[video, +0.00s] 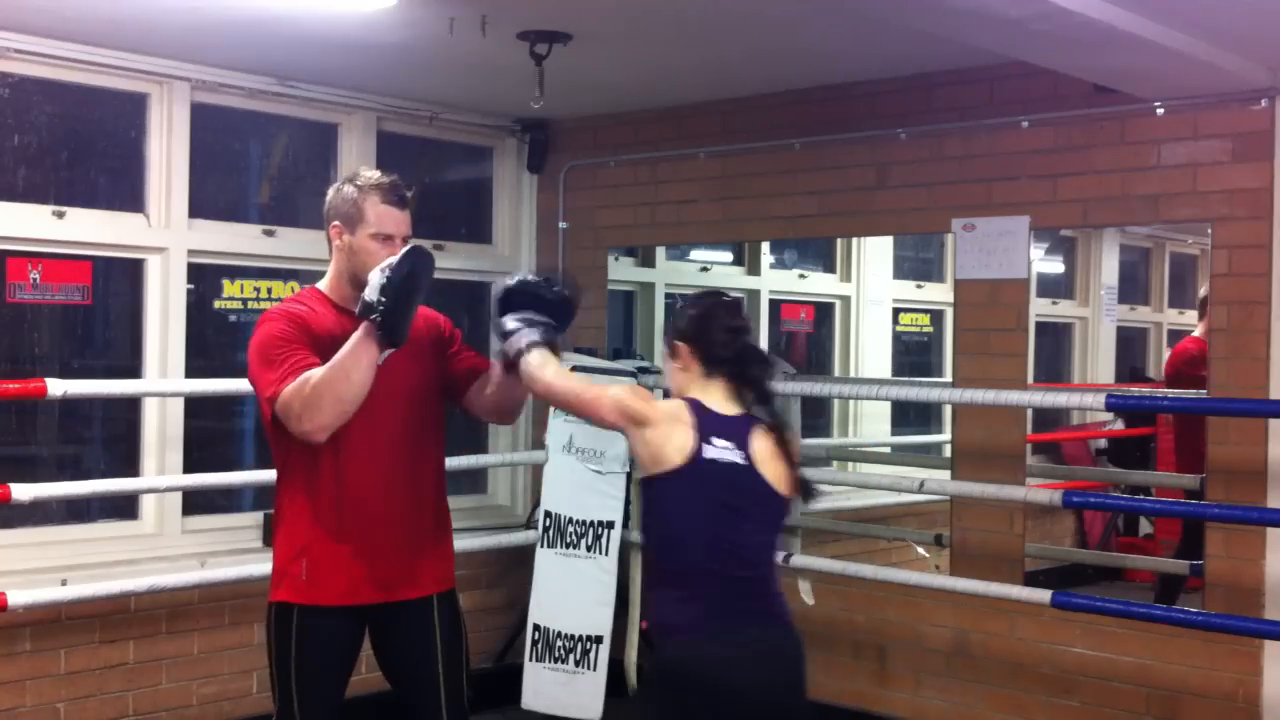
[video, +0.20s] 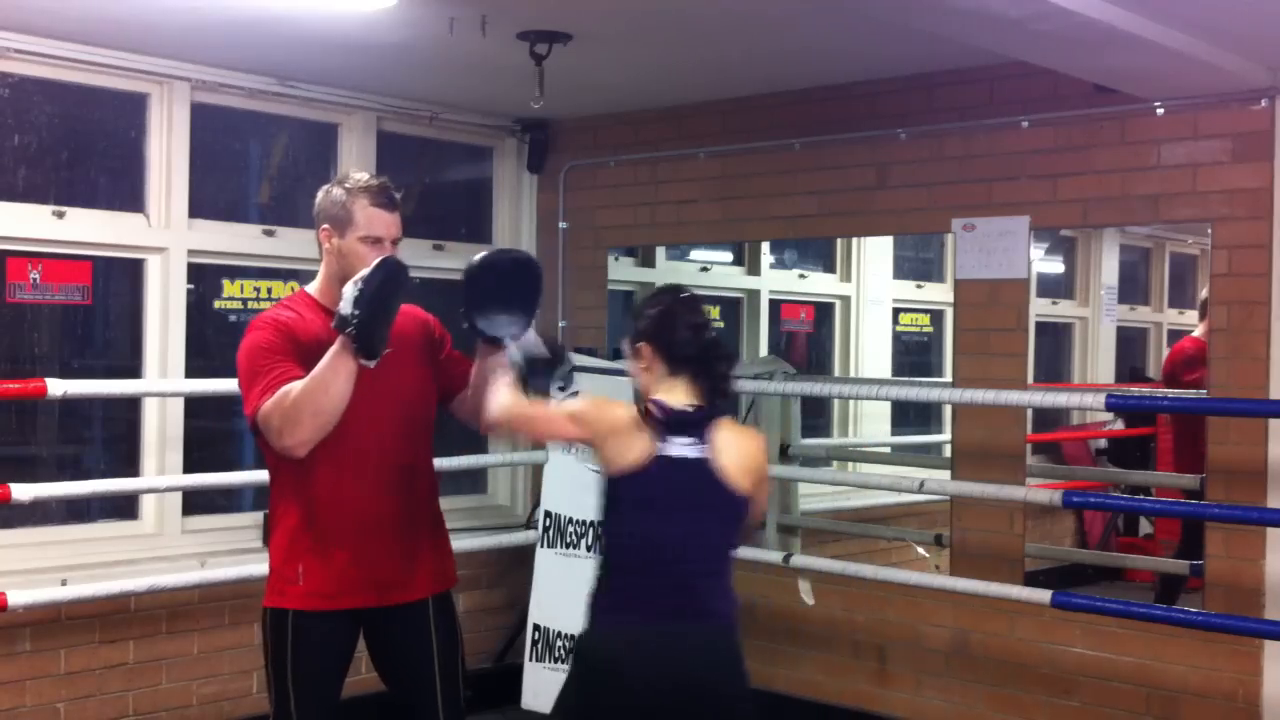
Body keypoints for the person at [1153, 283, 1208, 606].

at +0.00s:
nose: (1224, 319)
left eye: (1222, 313)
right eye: (1221, 313)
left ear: (1203, 311)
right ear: (1209, 312)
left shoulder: (1192, 351)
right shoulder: (1191, 353)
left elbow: (1185, 414)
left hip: (1199, 464)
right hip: (1196, 466)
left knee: (1196, 536)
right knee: (1192, 537)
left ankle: (1164, 604)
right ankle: (1162, 607)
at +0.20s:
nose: (1226, 320)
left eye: (1224, 313)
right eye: (1223, 313)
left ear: (1204, 312)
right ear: (1211, 313)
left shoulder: (1201, 350)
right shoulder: (1189, 351)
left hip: (1203, 465)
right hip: (1193, 466)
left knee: (1197, 538)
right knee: (1191, 539)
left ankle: (1164, 604)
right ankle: (1162, 608)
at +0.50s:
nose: (1219, 320)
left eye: (1218, 313)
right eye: (1215, 313)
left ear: (1201, 314)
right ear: (1201, 313)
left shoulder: (1209, 353)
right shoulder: (1174, 353)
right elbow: (1183, 382)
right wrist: (1222, 367)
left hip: (1212, 461)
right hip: (1189, 463)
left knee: (1203, 538)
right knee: (1192, 538)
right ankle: (1164, 607)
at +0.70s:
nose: (1215, 317)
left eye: (1214, 310)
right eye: (1210, 310)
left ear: (1196, 312)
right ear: (1195, 312)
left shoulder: (1208, 352)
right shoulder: (1175, 354)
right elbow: (1169, 408)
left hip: (1208, 462)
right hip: (1187, 465)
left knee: (1200, 538)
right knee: (1191, 538)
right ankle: (1165, 607)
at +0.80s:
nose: (1221, 316)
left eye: (1219, 309)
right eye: (1215, 310)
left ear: (1199, 312)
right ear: (1199, 312)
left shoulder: (1209, 352)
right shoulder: (1180, 354)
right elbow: (1166, 412)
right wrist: (1209, 420)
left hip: (1205, 466)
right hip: (1187, 468)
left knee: (1198, 541)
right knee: (1190, 542)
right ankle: (1163, 610)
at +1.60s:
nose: (1233, 316)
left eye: (1233, 308)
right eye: (1227, 307)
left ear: (1209, 312)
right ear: (1212, 313)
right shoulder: (1188, 357)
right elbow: (1168, 414)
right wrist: (1206, 455)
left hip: (1210, 472)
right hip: (1190, 473)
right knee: (1189, 546)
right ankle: (1164, 612)